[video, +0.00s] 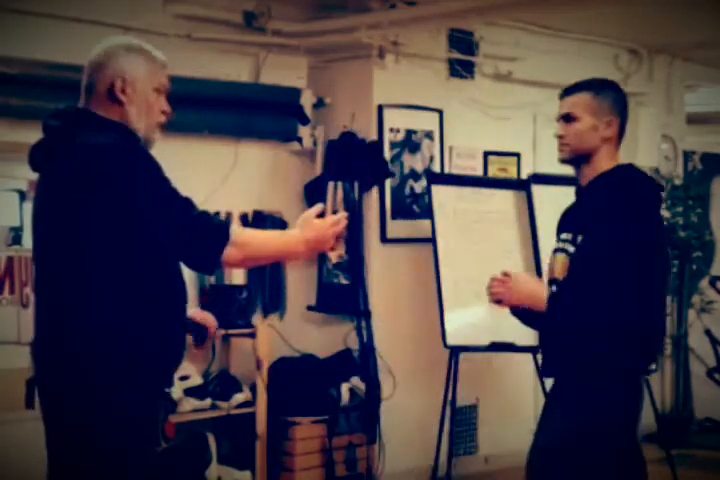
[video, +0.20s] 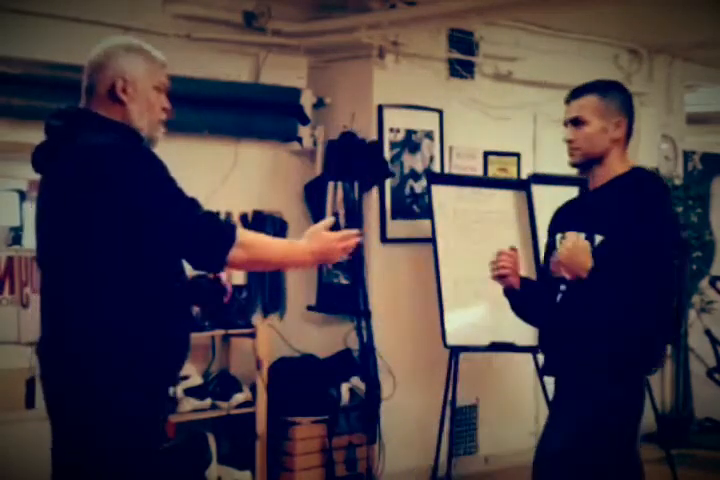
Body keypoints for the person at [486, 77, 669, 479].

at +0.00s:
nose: (558, 130)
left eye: (569, 119)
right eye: (559, 121)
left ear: (607, 128)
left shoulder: (629, 196)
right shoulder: (576, 211)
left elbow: (622, 320)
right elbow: (571, 321)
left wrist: (543, 298)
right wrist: (520, 301)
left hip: (607, 381)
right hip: (576, 378)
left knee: (551, 468)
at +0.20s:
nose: (567, 135)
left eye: (578, 123)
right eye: (566, 125)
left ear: (616, 129)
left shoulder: (647, 195)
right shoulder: (567, 213)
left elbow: (659, 296)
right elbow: (553, 311)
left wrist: (591, 270)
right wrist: (518, 284)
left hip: (617, 370)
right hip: (573, 370)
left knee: (553, 466)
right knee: (607, 468)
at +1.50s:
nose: (352, 190)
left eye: (353, 177)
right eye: (348, 179)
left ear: (385, 165)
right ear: (387, 163)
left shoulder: (426, 238)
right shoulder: (449, 199)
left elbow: (372, 348)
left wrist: (271, 371)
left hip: (488, 395)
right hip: (522, 376)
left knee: (438, 472)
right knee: (529, 470)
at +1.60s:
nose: (378, 180)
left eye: (382, 167)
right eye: (375, 169)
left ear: (415, 156)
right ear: (418, 157)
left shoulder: (449, 230)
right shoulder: (474, 199)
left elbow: (392, 339)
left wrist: (296, 384)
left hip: (499, 396)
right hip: (533, 382)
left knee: (448, 472)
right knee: (546, 473)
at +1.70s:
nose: (410, 169)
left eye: (418, 156)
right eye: (408, 159)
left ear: (455, 151)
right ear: (456, 153)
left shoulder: (481, 221)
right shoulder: (508, 198)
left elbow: (425, 335)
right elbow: (552, 307)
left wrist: (342, 405)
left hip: (510, 398)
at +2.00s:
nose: (509, 139)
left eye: (518, 127)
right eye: (511, 128)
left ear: (556, 132)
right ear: (553, 135)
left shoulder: (568, 196)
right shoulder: (573, 189)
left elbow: (560, 312)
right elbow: (562, 287)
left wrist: (503, 381)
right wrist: (514, 308)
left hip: (572, 378)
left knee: (536, 470)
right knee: (587, 469)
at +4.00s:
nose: (424, 148)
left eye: (436, 138)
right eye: (424, 139)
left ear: (471, 147)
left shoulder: (482, 215)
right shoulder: (426, 205)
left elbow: (468, 335)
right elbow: (388, 291)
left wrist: (419, 424)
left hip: (432, 397)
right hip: (392, 386)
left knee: (421, 472)